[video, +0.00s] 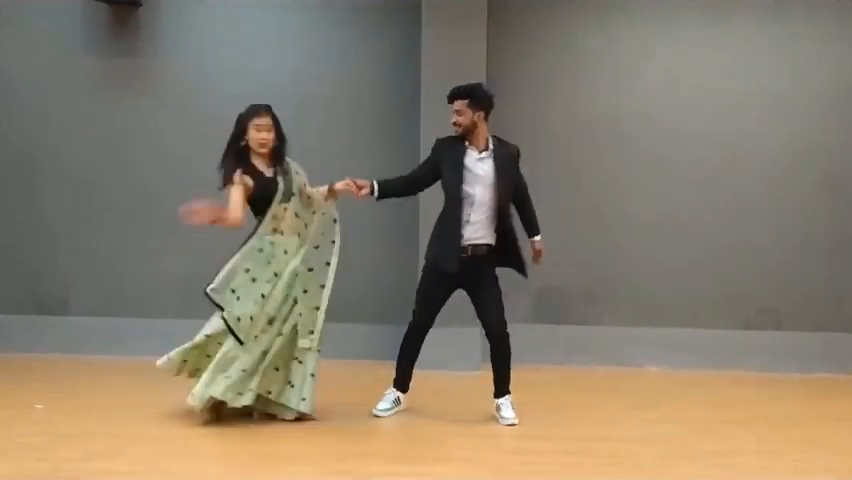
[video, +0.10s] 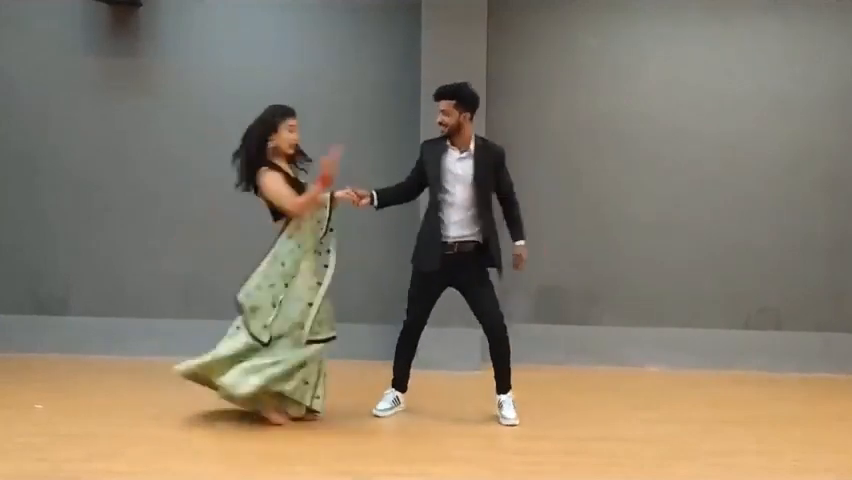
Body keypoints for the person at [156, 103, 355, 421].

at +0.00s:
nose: (265, 136)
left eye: (270, 130)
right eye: (258, 130)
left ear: (277, 134)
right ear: (244, 136)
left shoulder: (290, 169)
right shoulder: (242, 176)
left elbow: (309, 197)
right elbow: (237, 217)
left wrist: (335, 188)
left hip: (298, 251)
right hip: (267, 254)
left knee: (292, 323)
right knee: (252, 322)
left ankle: (276, 398)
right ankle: (218, 394)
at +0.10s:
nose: (297, 136)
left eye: (297, 130)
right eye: (290, 130)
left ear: (289, 136)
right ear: (271, 136)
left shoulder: (286, 172)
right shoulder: (268, 177)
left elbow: (308, 201)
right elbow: (296, 208)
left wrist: (341, 197)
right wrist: (323, 184)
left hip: (306, 264)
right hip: (291, 266)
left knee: (311, 331)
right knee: (292, 333)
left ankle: (290, 399)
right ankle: (269, 399)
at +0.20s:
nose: (321, 134)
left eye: (319, 127)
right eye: (316, 128)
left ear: (295, 135)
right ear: (303, 136)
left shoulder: (284, 167)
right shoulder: (314, 171)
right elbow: (353, 194)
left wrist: (344, 184)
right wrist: (354, 164)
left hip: (292, 252)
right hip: (315, 256)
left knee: (290, 324)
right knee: (333, 326)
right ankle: (315, 403)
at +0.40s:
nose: (326, 133)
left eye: (329, 127)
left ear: (335, 127)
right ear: (370, 127)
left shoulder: (336, 159)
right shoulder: (375, 158)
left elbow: (318, 199)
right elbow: (365, 191)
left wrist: (310, 185)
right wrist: (316, 179)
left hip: (345, 240)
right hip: (372, 239)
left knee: (332, 315)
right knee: (373, 317)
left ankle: (339, 394)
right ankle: (375, 393)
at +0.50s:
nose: (347, 129)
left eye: (353, 123)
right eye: (348, 122)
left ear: (370, 127)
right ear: (368, 129)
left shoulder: (365, 164)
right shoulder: (374, 160)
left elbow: (345, 202)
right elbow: (352, 193)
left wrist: (331, 181)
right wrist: (333, 179)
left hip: (373, 246)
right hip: (380, 243)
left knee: (366, 320)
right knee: (379, 320)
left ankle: (375, 401)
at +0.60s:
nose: (368, 129)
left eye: (375, 123)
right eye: (366, 124)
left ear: (392, 125)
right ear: (364, 128)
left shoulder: (401, 163)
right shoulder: (373, 158)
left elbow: (379, 201)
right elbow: (344, 188)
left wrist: (366, 169)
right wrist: (362, 163)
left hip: (397, 250)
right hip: (373, 248)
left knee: (395, 325)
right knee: (375, 323)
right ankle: (376, 403)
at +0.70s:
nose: (394, 130)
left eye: (399, 123)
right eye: (387, 125)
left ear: (408, 126)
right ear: (379, 132)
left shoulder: (422, 157)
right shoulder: (376, 165)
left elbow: (414, 187)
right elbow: (363, 194)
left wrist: (377, 186)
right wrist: (389, 180)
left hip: (418, 251)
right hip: (385, 253)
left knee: (421, 329)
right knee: (383, 327)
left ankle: (453, 404)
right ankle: (381, 406)